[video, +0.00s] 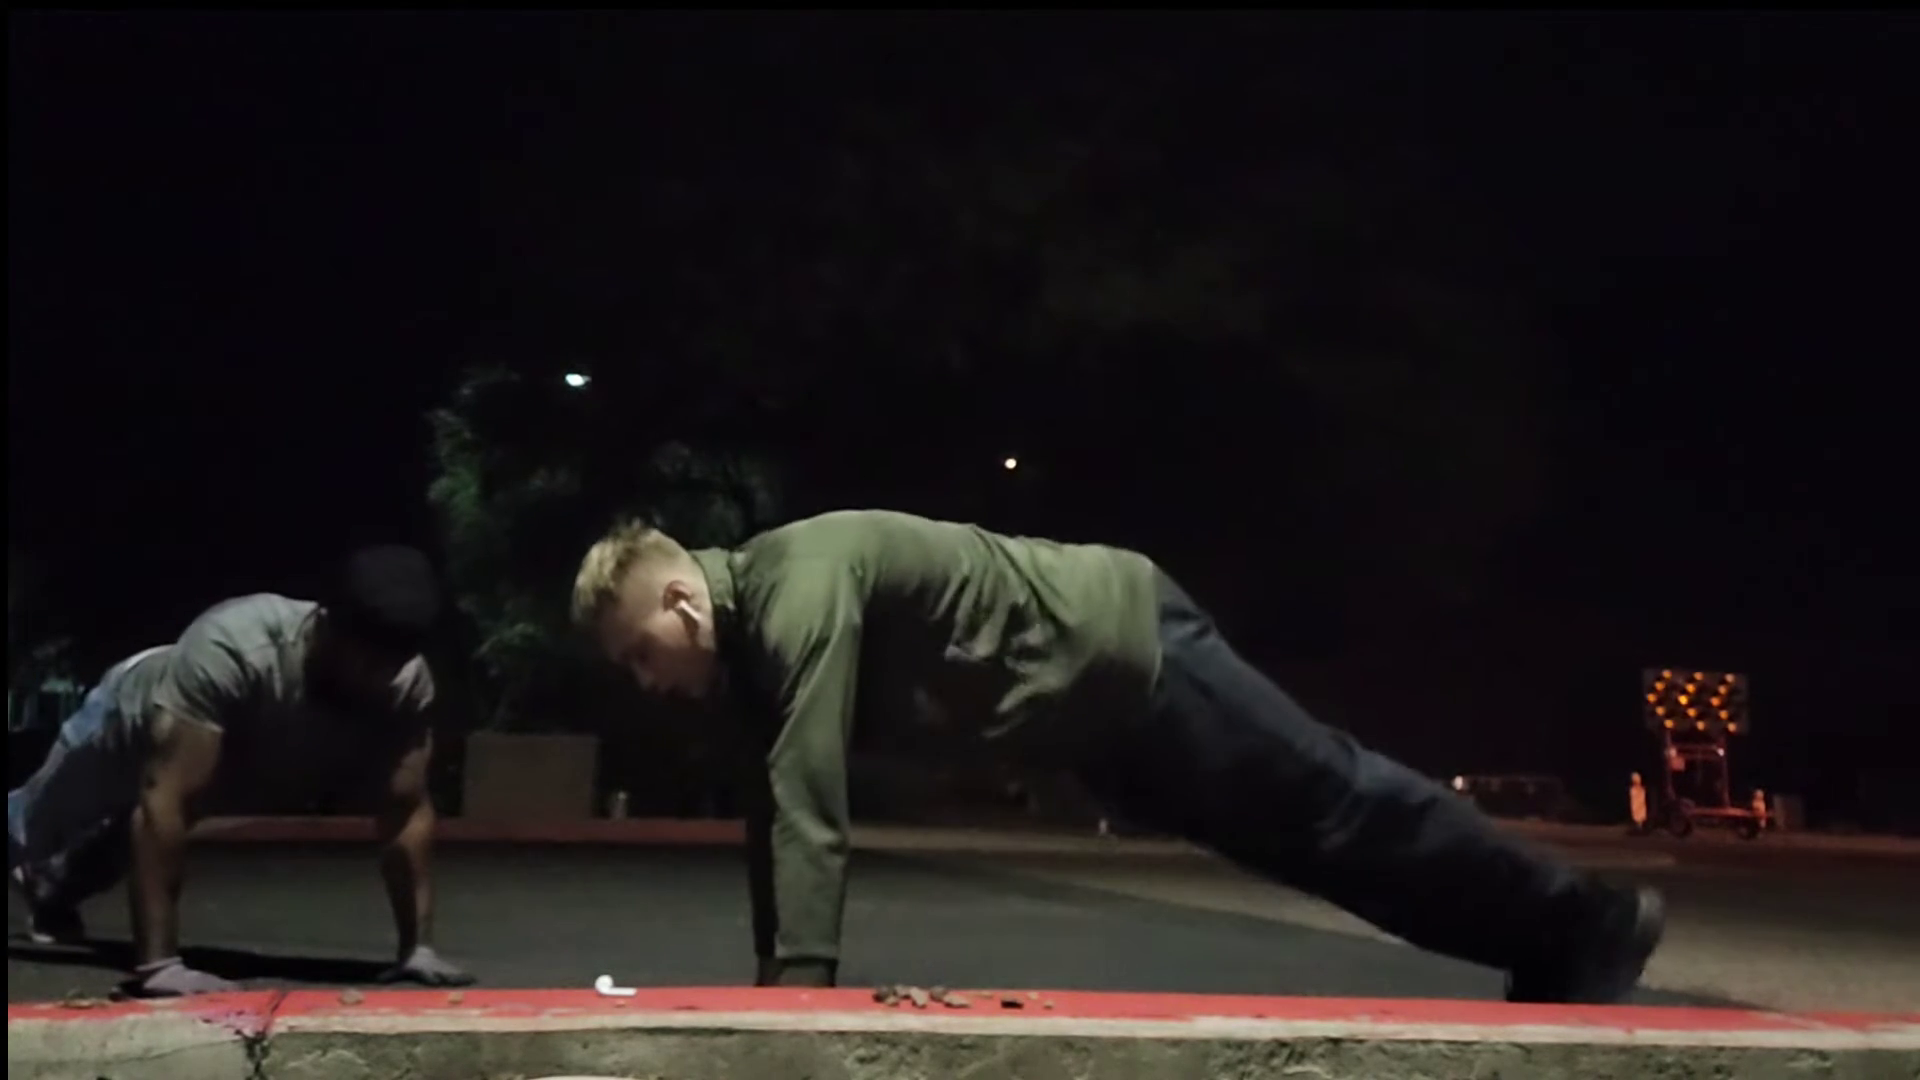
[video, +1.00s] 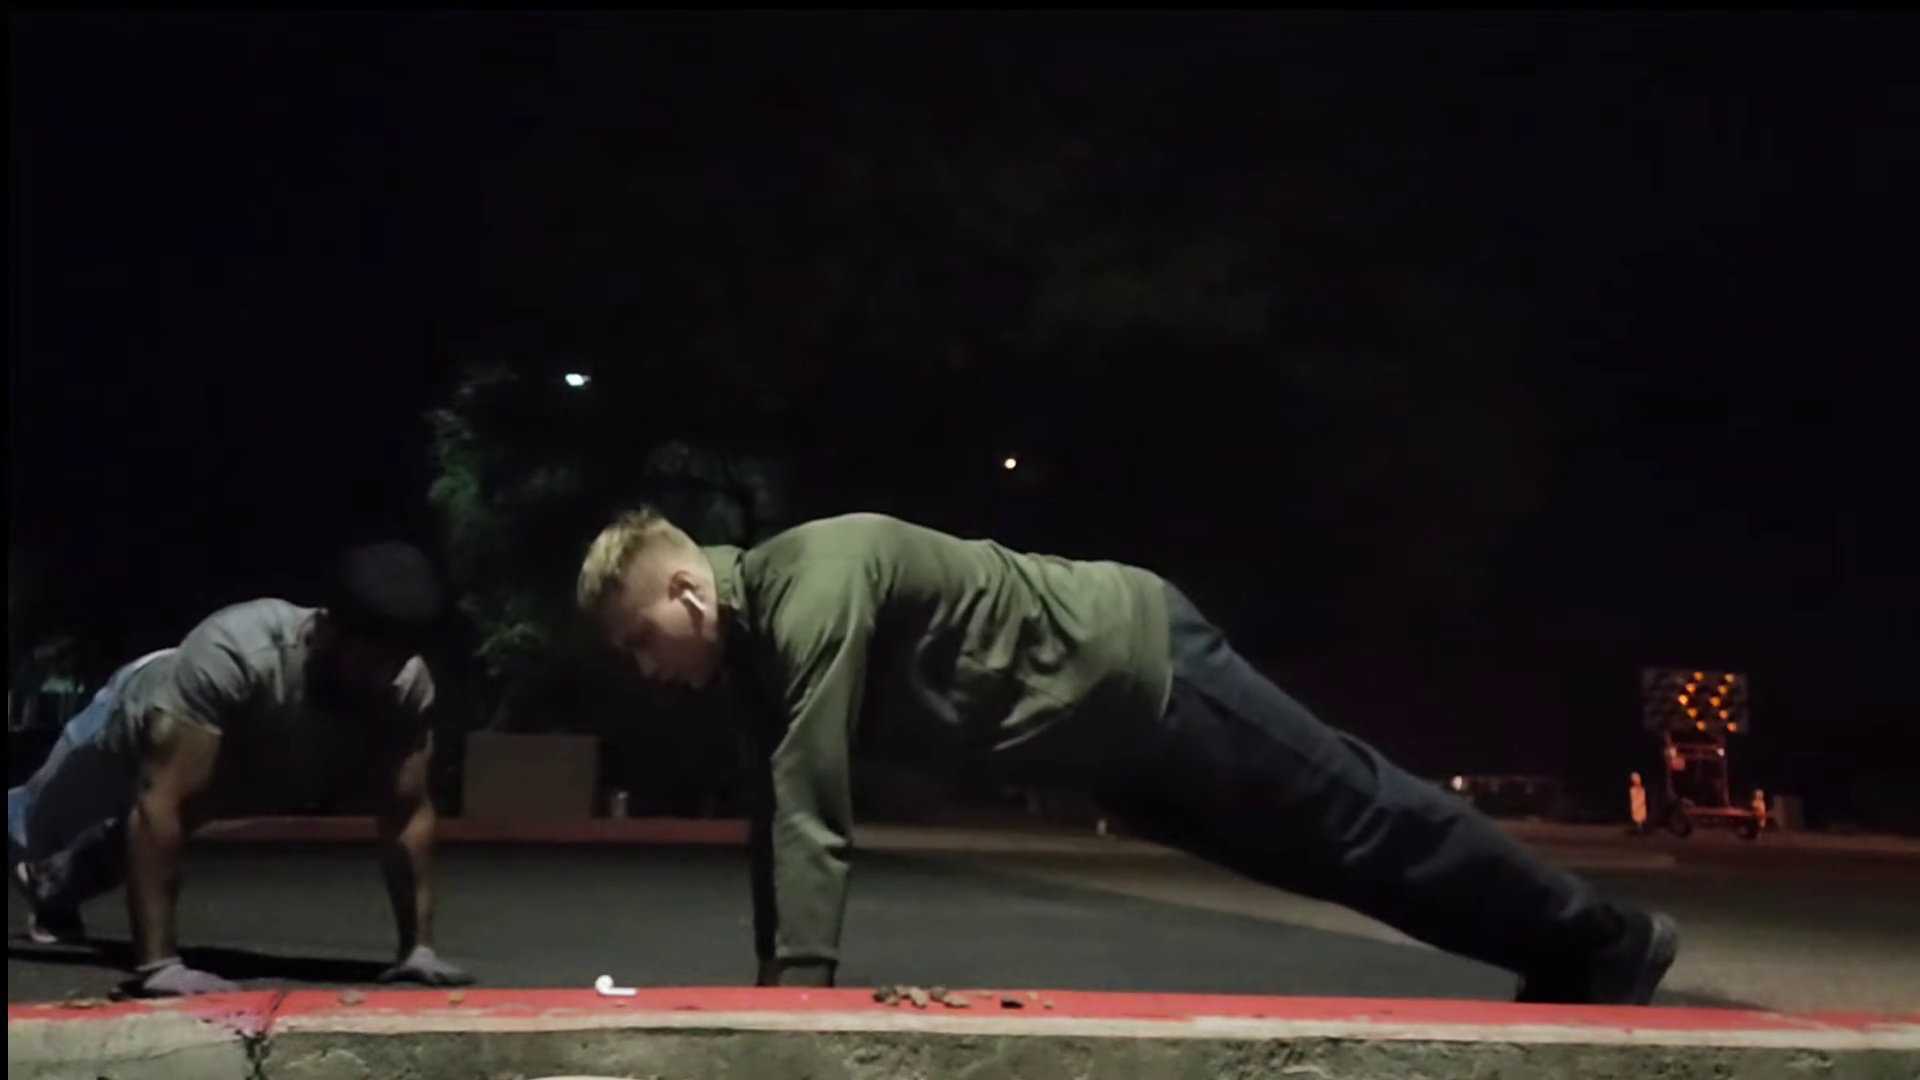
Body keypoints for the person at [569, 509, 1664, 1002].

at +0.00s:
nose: (656, 678)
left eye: (645, 651)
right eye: (637, 666)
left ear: (680, 592)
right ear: (668, 621)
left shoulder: (801, 578)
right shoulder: (759, 631)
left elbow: (806, 785)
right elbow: (775, 800)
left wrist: (805, 968)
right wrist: (784, 973)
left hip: (1129, 647)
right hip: (1095, 709)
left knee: (1339, 803)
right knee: (1306, 841)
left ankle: (1587, 926)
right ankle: (1539, 945)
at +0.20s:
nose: (658, 675)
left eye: (649, 648)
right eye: (640, 661)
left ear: (687, 589)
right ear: (675, 616)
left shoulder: (816, 583)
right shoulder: (771, 631)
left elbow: (817, 789)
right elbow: (783, 803)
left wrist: (807, 970)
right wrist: (782, 971)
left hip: (1140, 665)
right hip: (1103, 725)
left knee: (1356, 818)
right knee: (1325, 851)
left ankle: (1603, 938)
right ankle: (1557, 949)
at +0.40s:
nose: (657, 677)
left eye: (648, 649)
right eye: (639, 663)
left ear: (688, 592)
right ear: (673, 624)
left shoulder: (820, 579)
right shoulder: (772, 640)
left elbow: (820, 785)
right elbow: (784, 804)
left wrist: (808, 969)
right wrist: (781, 971)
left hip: (1143, 662)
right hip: (1107, 729)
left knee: (1362, 815)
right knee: (1330, 851)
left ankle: (1606, 940)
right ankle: (1557, 951)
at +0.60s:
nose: (660, 677)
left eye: (651, 650)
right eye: (642, 664)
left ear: (691, 592)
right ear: (675, 629)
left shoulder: (822, 578)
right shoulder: (772, 645)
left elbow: (819, 784)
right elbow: (782, 806)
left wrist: (808, 969)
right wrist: (782, 972)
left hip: (1145, 662)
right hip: (1109, 730)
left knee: (1364, 815)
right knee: (1332, 850)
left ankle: (1607, 940)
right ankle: (1559, 950)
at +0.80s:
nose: (658, 675)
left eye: (650, 647)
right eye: (640, 662)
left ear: (688, 592)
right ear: (672, 625)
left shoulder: (819, 578)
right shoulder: (769, 640)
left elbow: (815, 787)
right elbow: (780, 803)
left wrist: (807, 969)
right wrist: (782, 971)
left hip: (1143, 662)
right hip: (1108, 727)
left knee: (1362, 815)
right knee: (1329, 851)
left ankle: (1605, 940)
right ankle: (1557, 950)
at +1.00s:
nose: (655, 669)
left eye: (645, 642)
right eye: (638, 656)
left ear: (683, 585)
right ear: (672, 613)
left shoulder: (814, 576)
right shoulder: (766, 633)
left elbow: (810, 784)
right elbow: (778, 799)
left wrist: (804, 968)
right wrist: (781, 970)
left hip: (1141, 663)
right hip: (1105, 729)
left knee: (1361, 817)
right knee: (1326, 854)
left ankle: (1604, 938)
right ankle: (1557, 948)